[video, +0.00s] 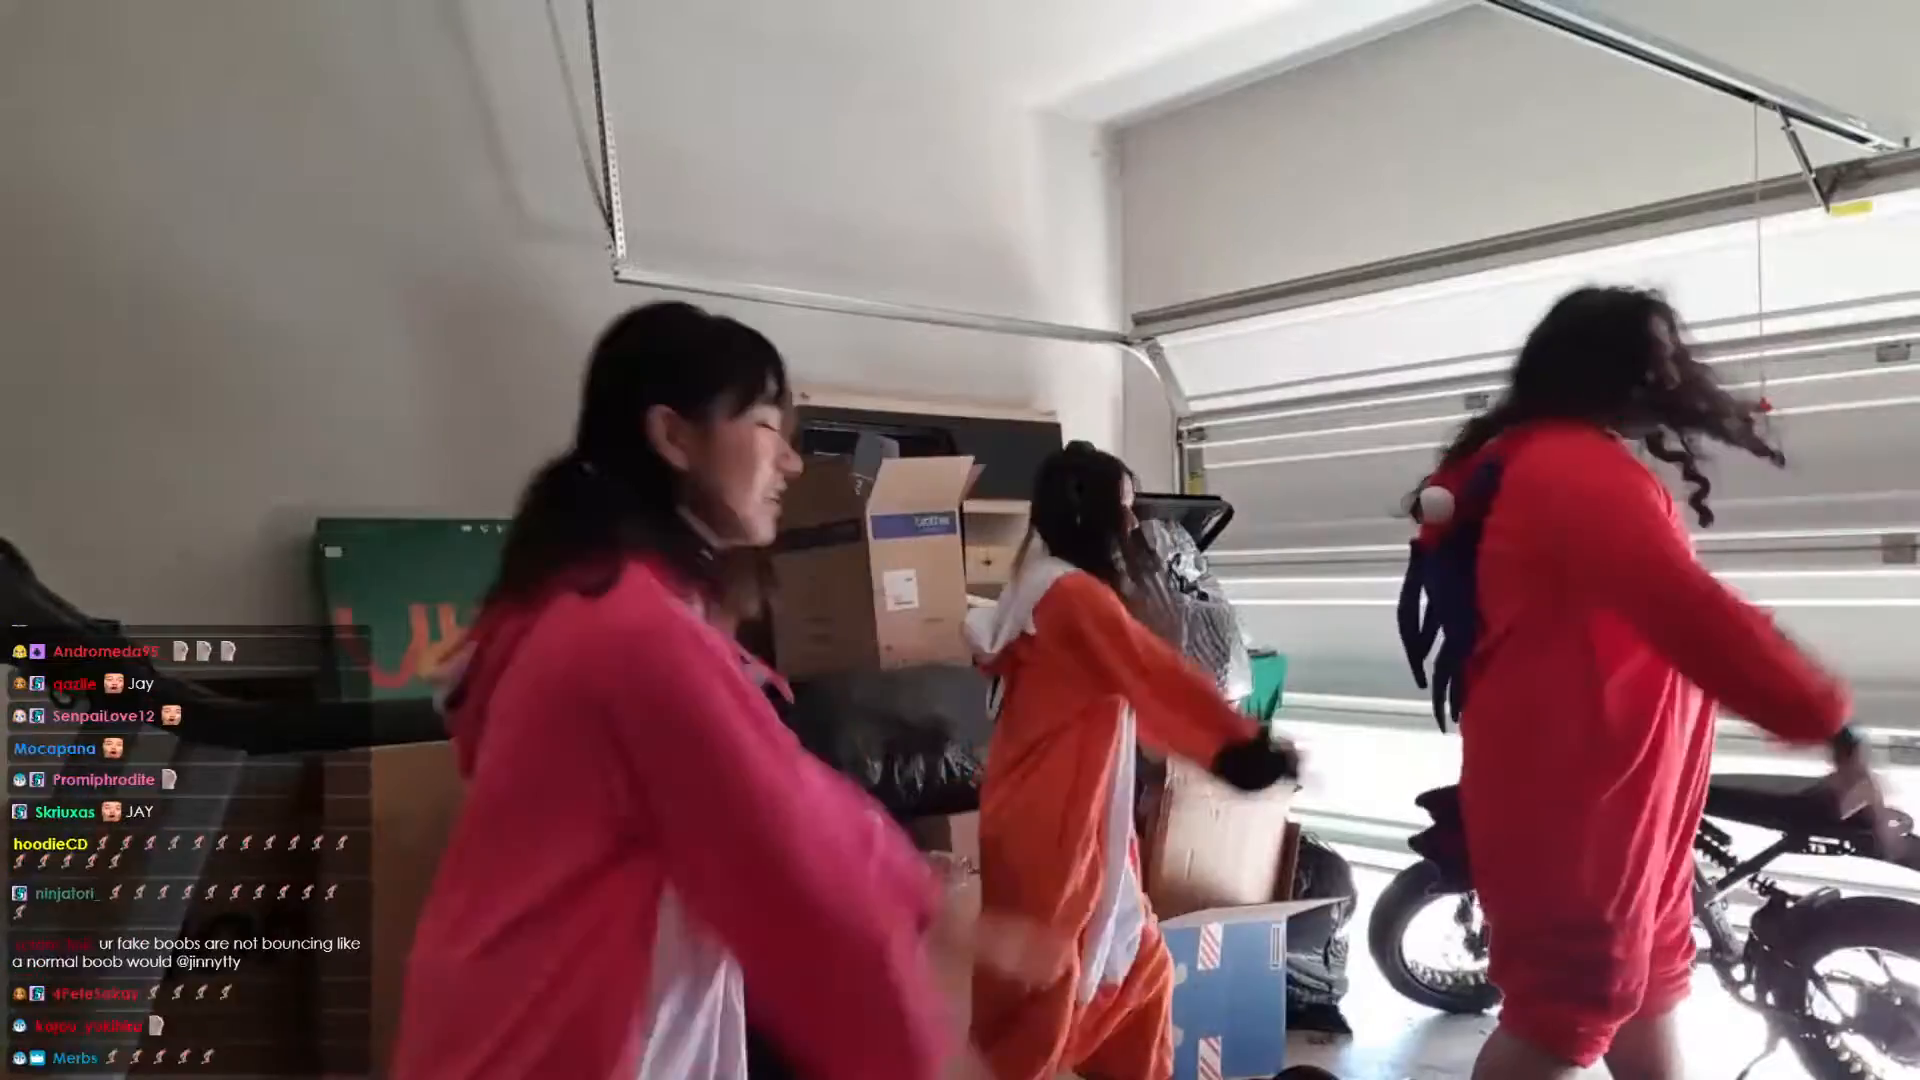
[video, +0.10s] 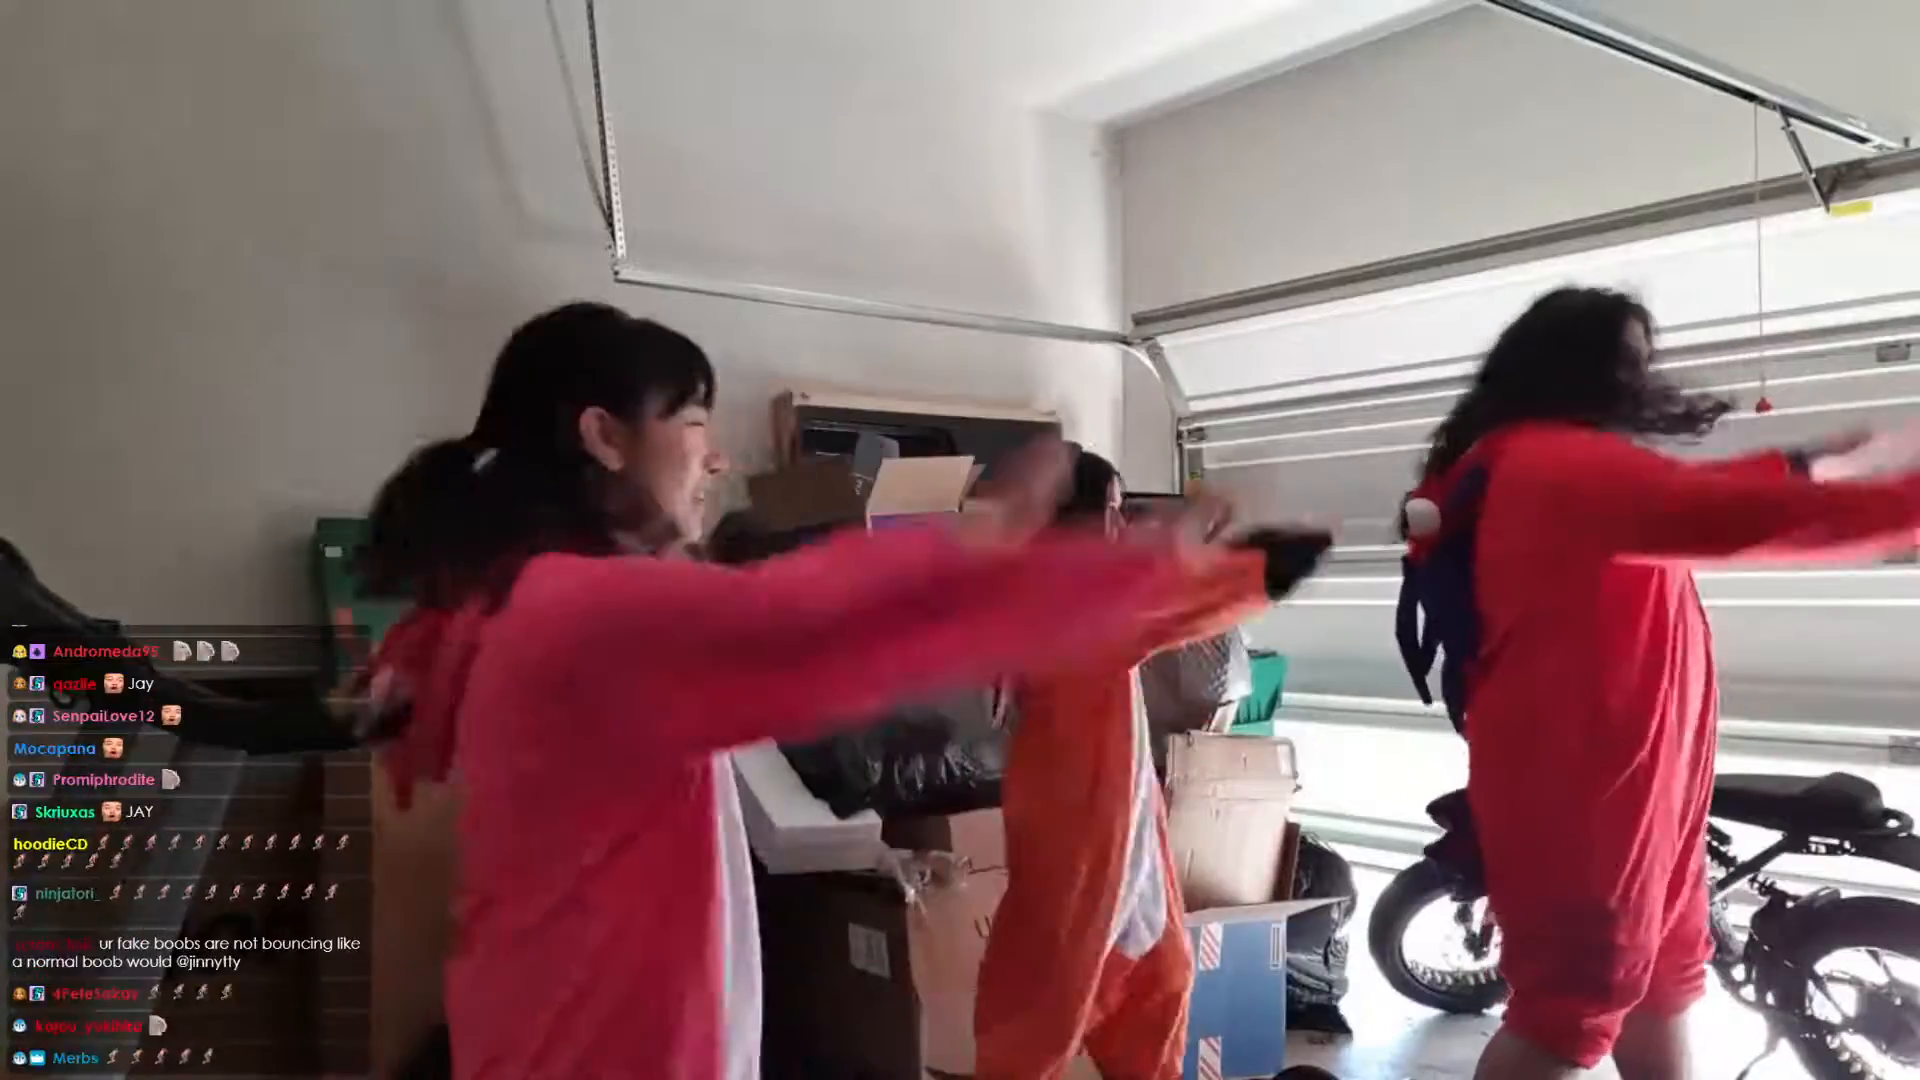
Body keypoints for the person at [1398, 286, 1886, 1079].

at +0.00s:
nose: (1675, 380)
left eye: (1673, 359)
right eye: (1661, 361)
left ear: (1562, 365)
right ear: (1622, 370)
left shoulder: (1591, 462)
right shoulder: (1572, 470)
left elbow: (1676, 603)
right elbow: (1690, 611)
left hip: (1633, 796)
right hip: (1569, 808)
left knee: (1646, 995)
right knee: (1561, 1020)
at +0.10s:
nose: (1646, 381)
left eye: (1646, 360)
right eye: (1630, 361)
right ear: (1579, 366)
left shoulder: (1584, 463)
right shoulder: (1539, 467)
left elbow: (1694, 486)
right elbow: (1731, 508)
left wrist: (1813, 461)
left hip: (1652, 789)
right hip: (1577, 805)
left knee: (1660, 990)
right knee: (1563, 1022)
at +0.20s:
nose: (1656, 392)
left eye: (1656, 375)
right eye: (1638, 375)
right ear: (1580, 380)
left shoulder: (1603, 463)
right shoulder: (1540, 471)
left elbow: (1674, 427)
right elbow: (1746, 438)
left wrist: (1739, 327)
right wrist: (1869, 304)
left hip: (1663, 774)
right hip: (1584, 790)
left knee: (1696, 982)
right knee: (1591, 1020)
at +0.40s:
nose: (1666, 395)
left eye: (1665, 377)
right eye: (1648, 376)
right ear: (1592, 381)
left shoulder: (1597, 467)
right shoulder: (1543, 477)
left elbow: (1679, 415)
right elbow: (1739, 447)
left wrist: (1734, 325)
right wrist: (1835, 295)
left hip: (1657, 788)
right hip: (1590, 803)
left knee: (1700, 981)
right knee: (1602, 1025)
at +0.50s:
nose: (1634, 374)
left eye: (1639, 356)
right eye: (1613, 356)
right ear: (1558, 363)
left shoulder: (1589, 458)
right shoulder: (1537, 464)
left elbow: (1682, 493)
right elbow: (1721, 521)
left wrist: (1788, 450)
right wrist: (1893, 452)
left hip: (1652, 777)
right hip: (1580, 790)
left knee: (1665, 989)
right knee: (1572, 1016)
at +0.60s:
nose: (1632, 372)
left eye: (1643, 356)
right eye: (1608, 352)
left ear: (1656, 371)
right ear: (1555, 363)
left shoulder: (1605, 473)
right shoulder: (1552, 475)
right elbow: (1666, 609)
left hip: (1648, 789)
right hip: (1573, 797)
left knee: (1650, 999)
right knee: (1552, 1021)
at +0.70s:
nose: (1651, 375)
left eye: (1664, 358)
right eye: (1625, 355)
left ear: (1677, 375)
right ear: (1573, 366)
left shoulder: (1625, 476)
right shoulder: (1564, 480)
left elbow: (1659, 651)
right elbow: (1612, 663)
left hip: (1635, 790)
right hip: (1569, 790)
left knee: (1648, 1000)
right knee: (1556, 1021)